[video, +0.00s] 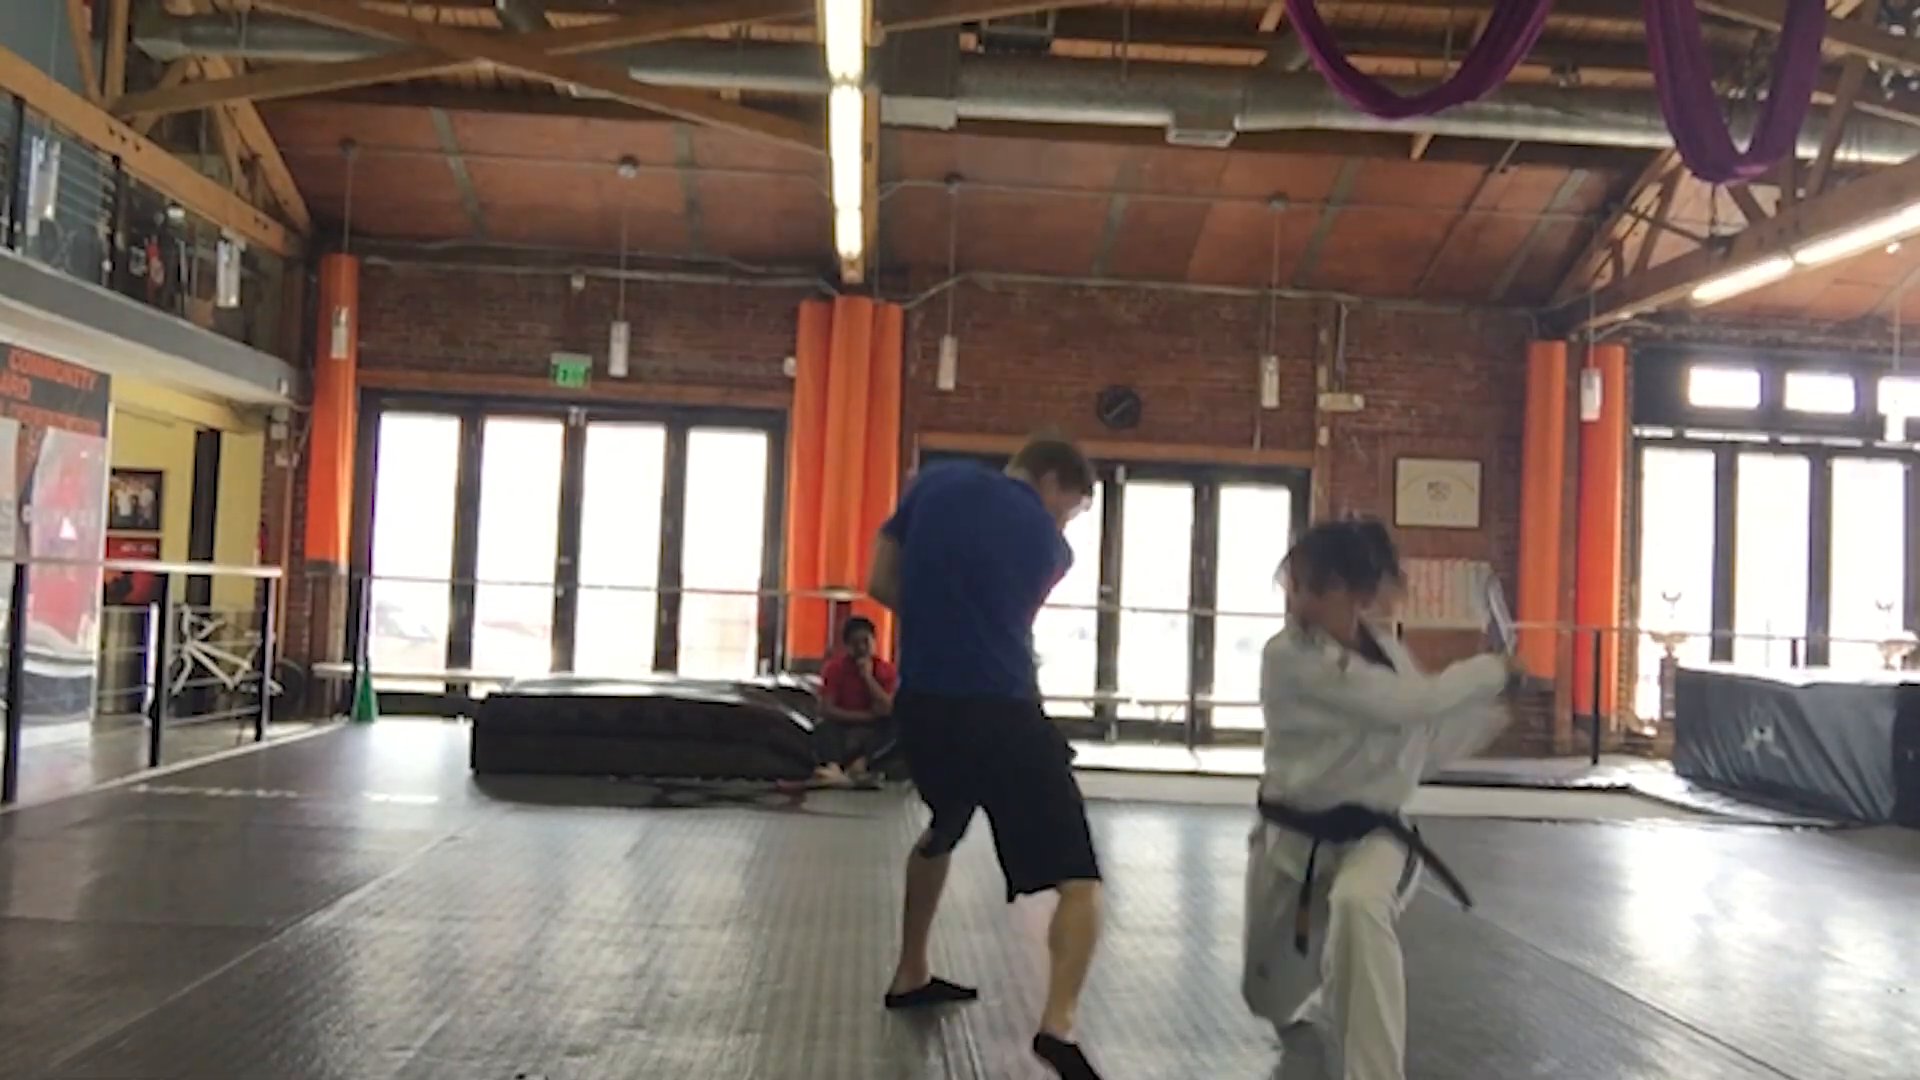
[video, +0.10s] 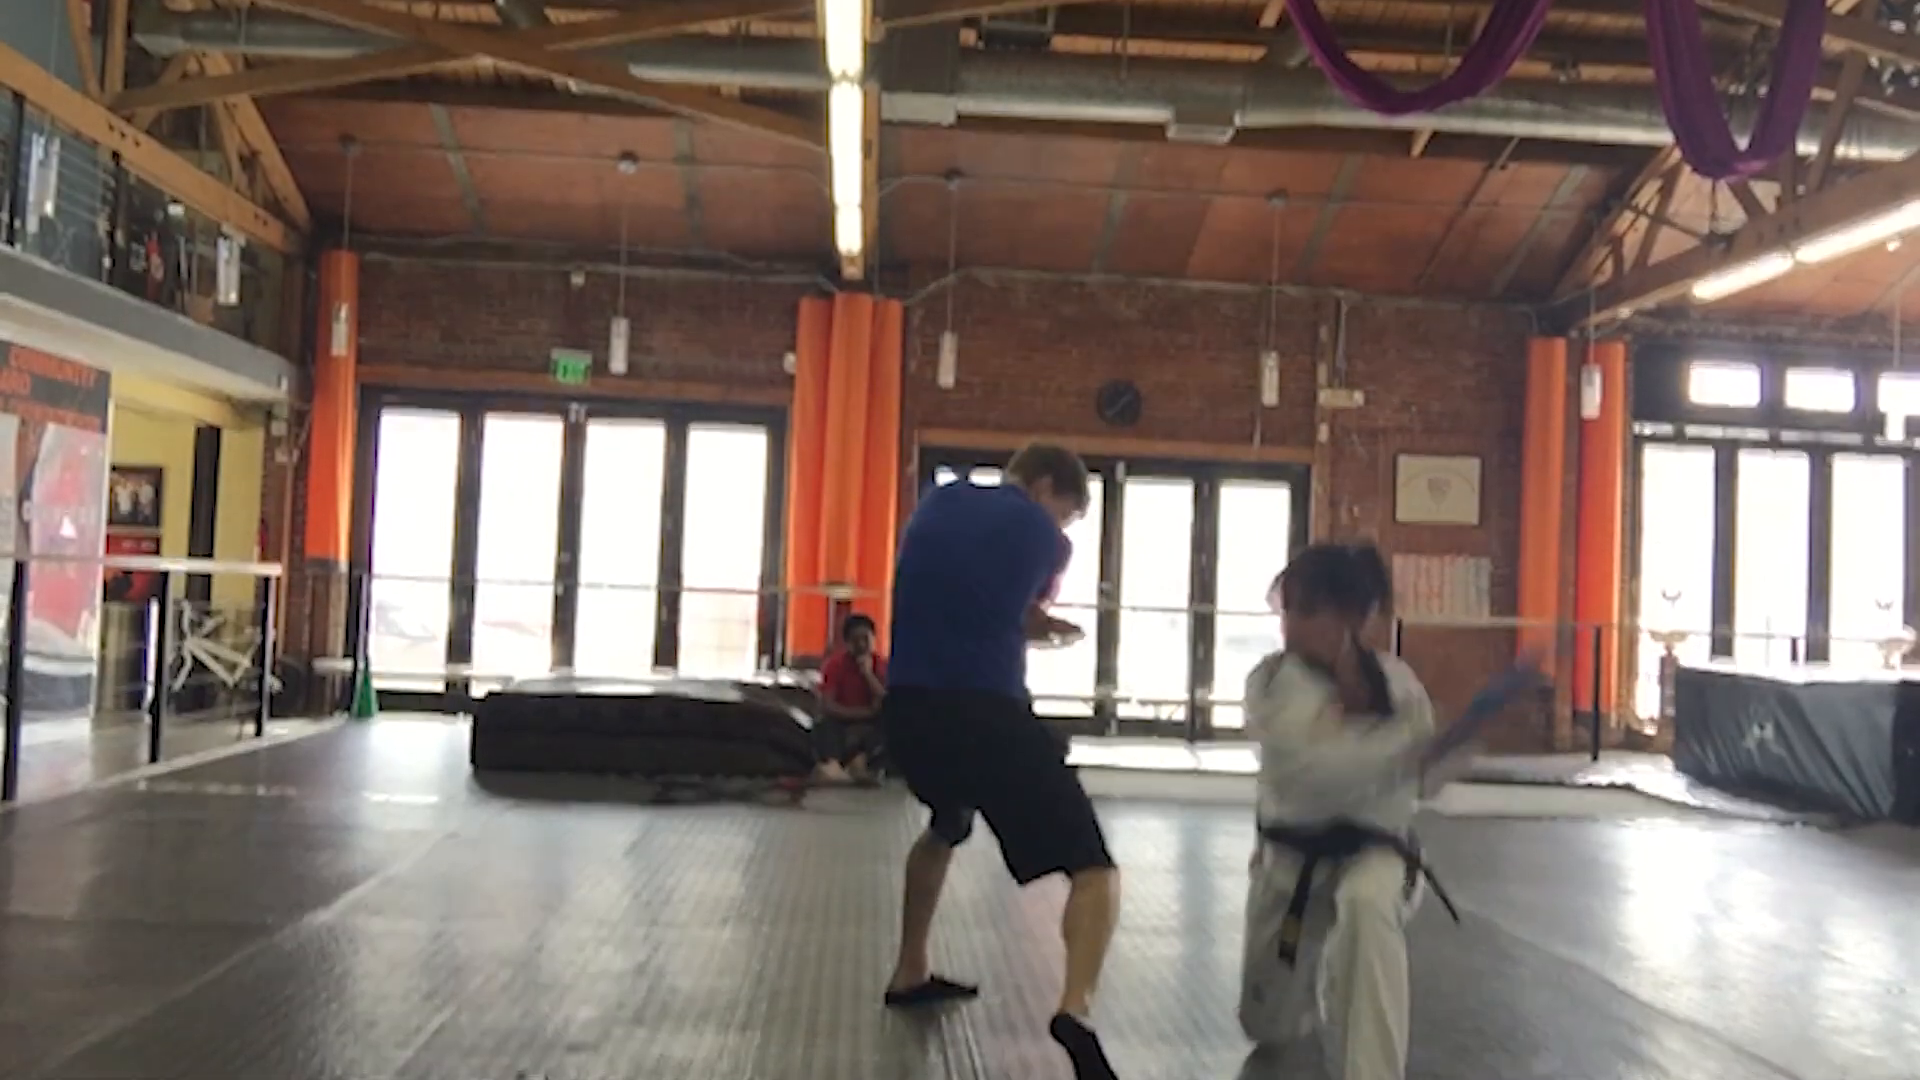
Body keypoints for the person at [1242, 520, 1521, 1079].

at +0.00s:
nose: (1294, 600)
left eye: (1310, 587)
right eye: (1292, 585)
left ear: (1360, 596)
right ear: (1290, 588)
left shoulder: (1389, 654)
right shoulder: (1288, 656)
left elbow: (1421, 754)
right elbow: (1403, 702)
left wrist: (1497, 709)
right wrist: (1496, 667)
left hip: (1374, 831)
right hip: (1290, 834)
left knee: (1357, 903)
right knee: (1271, 992)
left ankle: (1373, 1072)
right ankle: (1299, 1015)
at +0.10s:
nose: (1288, 625)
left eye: (1302, 611)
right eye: (1287, 609)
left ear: (1351, 617)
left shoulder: (1398, 683)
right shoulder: (1276, 680)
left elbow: (1414, 785)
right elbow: (1302, 771)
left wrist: (1466, 734)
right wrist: (1413, 747)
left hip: (1375, 842)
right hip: (1291, 848)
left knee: (1365, 901)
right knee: (1265, 1023)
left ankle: (1372, 1070)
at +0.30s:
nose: (1263, 640)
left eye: (1277, 628)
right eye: (1266, 626)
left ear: (1321, 638)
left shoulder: (1389, 717)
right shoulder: (1258, 710)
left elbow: (1448, 818)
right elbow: (1183, 777)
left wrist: (1364, 800)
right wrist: (1106, 839)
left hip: (1386, 871)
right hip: (1300, 880)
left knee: (1390, 900)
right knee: (1264, 1034)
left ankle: (1380, 1072)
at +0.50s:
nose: (1274, 580)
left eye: (1283, 568)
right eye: (1276, 567)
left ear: (1323, 580)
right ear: (1317, 581)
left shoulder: (1389, 663)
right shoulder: (1270, 652)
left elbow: (1417, 779)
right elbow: (1220, 725)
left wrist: (1355, 758)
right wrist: (1191, 798)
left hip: (1398, 830)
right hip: (1315, 828)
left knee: (1352, 909)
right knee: (1286, 955)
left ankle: (1374, 1071)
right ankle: (1291, 993)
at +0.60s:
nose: (1277, 533)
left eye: (1288, 521)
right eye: (1280, 519)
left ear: (1325, 535)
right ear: (1310, 536)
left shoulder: (1385, 614)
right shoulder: (1279, 598)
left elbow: (1376, 724)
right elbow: (1216, 668)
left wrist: (1363, 642)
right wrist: (1261, 663)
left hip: (1405, 795)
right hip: (1329, 798)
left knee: (1340, 915)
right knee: (1309, 923)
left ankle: (1369, 1070)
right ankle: (1331, 994)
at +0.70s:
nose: (1304, 510)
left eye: (1323, 500)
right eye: (1305, 494)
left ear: (1370, 519)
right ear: (1303, 496)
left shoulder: (1384, 584)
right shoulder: (1295, 562)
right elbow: (1241, 626)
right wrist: (1230, 601)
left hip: (1396, 768)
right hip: (1332, 772)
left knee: (1326, 912)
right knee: (1309, 905)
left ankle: (1366, 1070)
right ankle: (1409, 995)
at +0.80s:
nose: (1315, 459)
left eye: (1325, 449)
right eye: (1321, 447)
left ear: (1341, 466)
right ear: (1385, 472)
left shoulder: (1370, 554)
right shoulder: (1356, 541)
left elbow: (1242, 594)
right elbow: (1251, 592)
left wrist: (1231, 508)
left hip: (1380, 742)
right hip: (1359, 740)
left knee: (1298, 917)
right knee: (1321, 903)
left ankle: (1357, 1068)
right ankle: (1391, 1033)